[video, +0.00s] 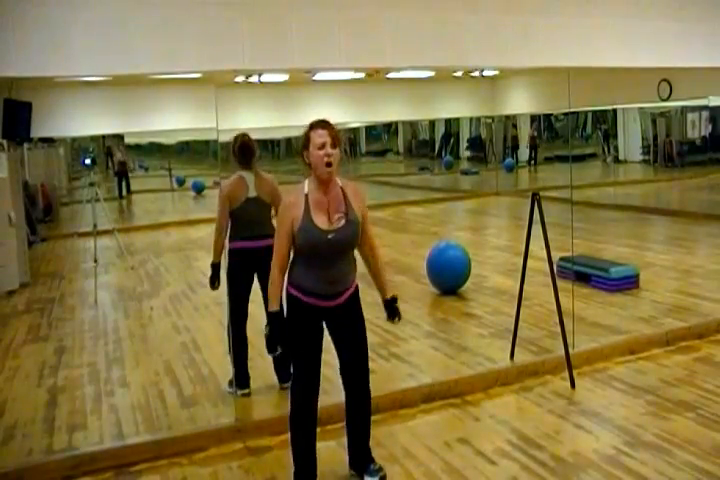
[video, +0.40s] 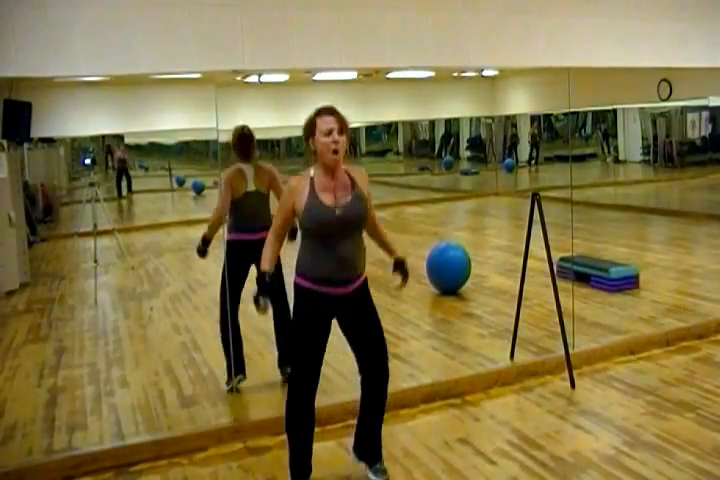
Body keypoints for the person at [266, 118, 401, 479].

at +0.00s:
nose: (328, 153)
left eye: (332, 146)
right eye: (320, 147)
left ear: (339, 151)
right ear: (306, 155)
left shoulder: (353, 193)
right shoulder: (293, 202)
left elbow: (368, 247)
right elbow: (279, 264)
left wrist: (387, 296)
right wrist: (274, 315)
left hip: (346, 301)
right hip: (304, 306)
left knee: (359, 383)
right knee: (305, 392)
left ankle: (361, 460)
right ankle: (305, 473)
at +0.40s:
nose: (335, 140)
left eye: (340, 133)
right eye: (327, 134)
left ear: (347, 138)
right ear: (312, 142)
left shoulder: (357, 179)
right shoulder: (298, 187)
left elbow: (371, 225)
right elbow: (277, 234)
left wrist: (396, 255)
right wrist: (265, 275)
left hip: (354, 292)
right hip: (312, 294)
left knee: (376, 368)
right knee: (304, 384)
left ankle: (368, 449)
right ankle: (300, 472)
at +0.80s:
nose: (343, 170)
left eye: (347, 164)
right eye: (334, 165)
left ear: (354, 171)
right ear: (319, 174)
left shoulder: (368, 219)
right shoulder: (306, 223)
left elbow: (386, 269)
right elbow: (285, 282)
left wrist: (423, 265)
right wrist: (258, 286)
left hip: (367, 329)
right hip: (321, 332)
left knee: (408, 398)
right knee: (297, 419)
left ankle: (413, 473)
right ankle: (283, 478)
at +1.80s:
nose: (360, 174)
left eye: (365, 167)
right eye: (351, 168)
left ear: (372, 173)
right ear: (335, 176)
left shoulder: (387, 222)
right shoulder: (320, 230)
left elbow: (403, 281)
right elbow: (297, 295)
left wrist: (421, 334)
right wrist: (283, 348)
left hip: (390, 349)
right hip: (339, 354)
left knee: (438, 426)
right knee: (311, 451)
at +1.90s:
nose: (362, 163)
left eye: (366, 156)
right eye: (352, 157)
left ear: (372, 162)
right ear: (334, 168)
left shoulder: (388, 212)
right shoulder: (320, 220)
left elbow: (405, 271)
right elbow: (299, 287)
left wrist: (427, 324)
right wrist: (285, 344)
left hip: (390, 341)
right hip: (338, 346)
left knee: (430, 419)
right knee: (314, 444)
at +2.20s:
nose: (372, 193)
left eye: (376, 185)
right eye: (362, 187)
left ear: (383, 194)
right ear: (345, 202)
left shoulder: (402, 244)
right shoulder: (335, 256)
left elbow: (424, 304)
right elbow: (308, 328)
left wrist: (453, 357)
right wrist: (288, 390)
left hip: (397, 364)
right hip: (342, 371)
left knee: (449, 433)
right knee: (310, 461)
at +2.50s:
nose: (377, 144)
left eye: (381, 136)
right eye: (366, 137)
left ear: (389, 142)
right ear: (347, 146)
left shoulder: (405, 191)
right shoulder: (334, 200)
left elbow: (426, 256)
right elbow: (314, 271)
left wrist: (458, 309)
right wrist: (299, 333)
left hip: (411, 326)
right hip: (358, 331)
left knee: (452, 416)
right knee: (335, 435)